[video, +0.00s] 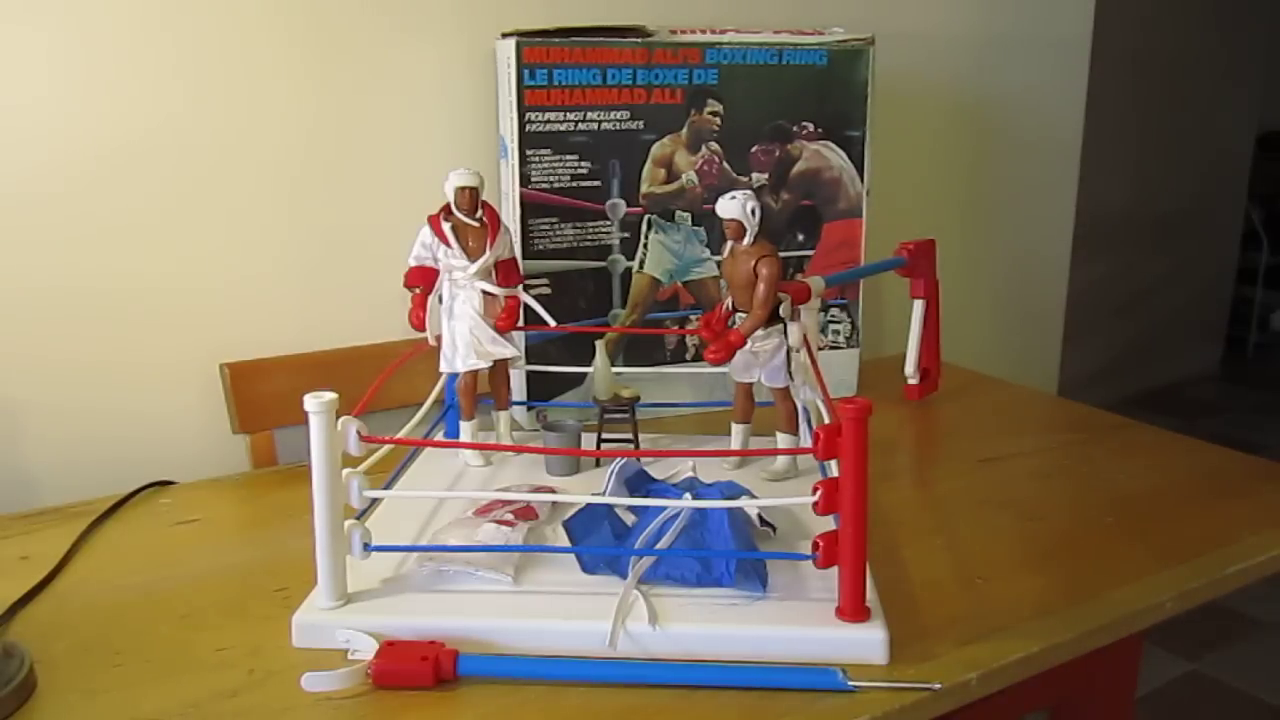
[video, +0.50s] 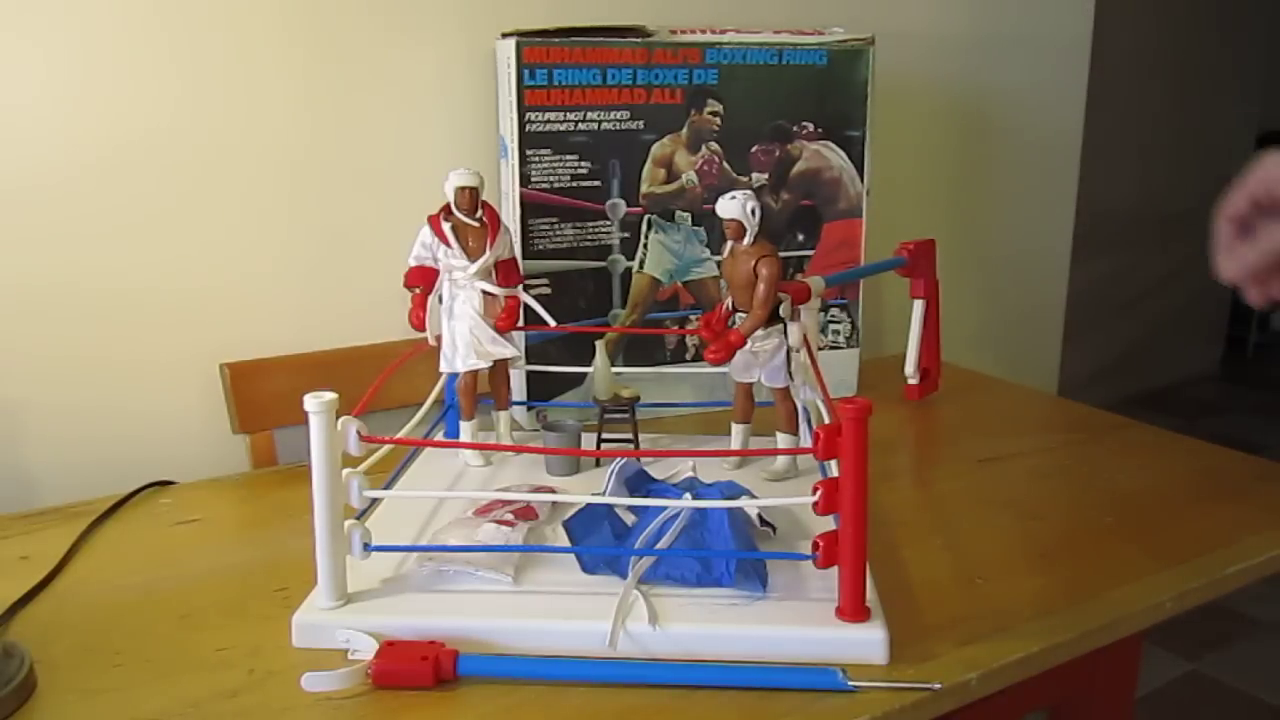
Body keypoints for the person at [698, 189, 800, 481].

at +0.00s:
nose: (725, 227)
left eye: (730, 222)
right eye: (723, 222)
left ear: (747, 222)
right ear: (725, 222)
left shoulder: (766, 260)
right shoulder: (730, 249)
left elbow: (761, 312)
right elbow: (735, 292)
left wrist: (735, 338)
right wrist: (720, 315)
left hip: (769, 332)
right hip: (743, 329)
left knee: (779, 390)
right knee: (742, 386)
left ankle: (787, 456)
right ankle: (738, 450)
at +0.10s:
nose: (725, 227)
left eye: (730, 222)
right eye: (723, 222)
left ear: (747, 222)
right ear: (724, 222)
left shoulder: (766, 260)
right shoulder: (730, 249)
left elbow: (761, 312)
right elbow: (735, 292)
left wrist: (735, 338)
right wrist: (720, 315)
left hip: (769, 332)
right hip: (743, 329)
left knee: (779, 390)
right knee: (742, 386)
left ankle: (787, 456)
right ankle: (738, 449)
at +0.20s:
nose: (725, 227)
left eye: (730, 222)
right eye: (723, 222)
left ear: (747, 222)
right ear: (724, 222)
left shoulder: (766, 260)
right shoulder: (730, 249)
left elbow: (761, 312)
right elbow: (735, 291)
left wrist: (735, 338)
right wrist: (720, 315)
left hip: (769, 332)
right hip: (743, 329)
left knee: (779, 390)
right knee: (742, 386)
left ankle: (787, 456)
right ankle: (738, 449)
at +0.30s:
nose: (725, 227)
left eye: (730, 222)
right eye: (724, 222)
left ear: (747, 222)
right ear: (724, 222)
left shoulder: (766, 260)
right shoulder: (730, 249)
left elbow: (761, 312)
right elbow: (734, 291)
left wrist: (735, 338)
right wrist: (721, 315)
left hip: (769, 333)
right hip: (743, 329)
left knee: (779, 390)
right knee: (742, 386)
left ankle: (787, 456)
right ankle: (738, 449)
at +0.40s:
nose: (725, 227)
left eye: (730, 222)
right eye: (724, 222)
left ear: (747, 222)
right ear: (724, 222)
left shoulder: (766, 260)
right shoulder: (730, 249)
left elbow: (761, 312)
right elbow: (735, 291)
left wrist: (735, 338)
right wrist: (721, 315)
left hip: (769, 333)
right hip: (743, 329)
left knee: (780, 390)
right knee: (742, 386)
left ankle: (787, 456)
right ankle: (738, 449)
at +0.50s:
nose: (725, 227)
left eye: (730, 222)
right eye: (724, 222)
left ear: (747, 222)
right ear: (724, 223)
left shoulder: (766, 260)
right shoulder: (730, 249)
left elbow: (761, 312)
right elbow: (735, 291)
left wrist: (735, 338)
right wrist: (720, 315)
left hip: (769, 332)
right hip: (743, 329)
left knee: (780, 390)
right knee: (742, 386)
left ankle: (787, 456)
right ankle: (738, 449)